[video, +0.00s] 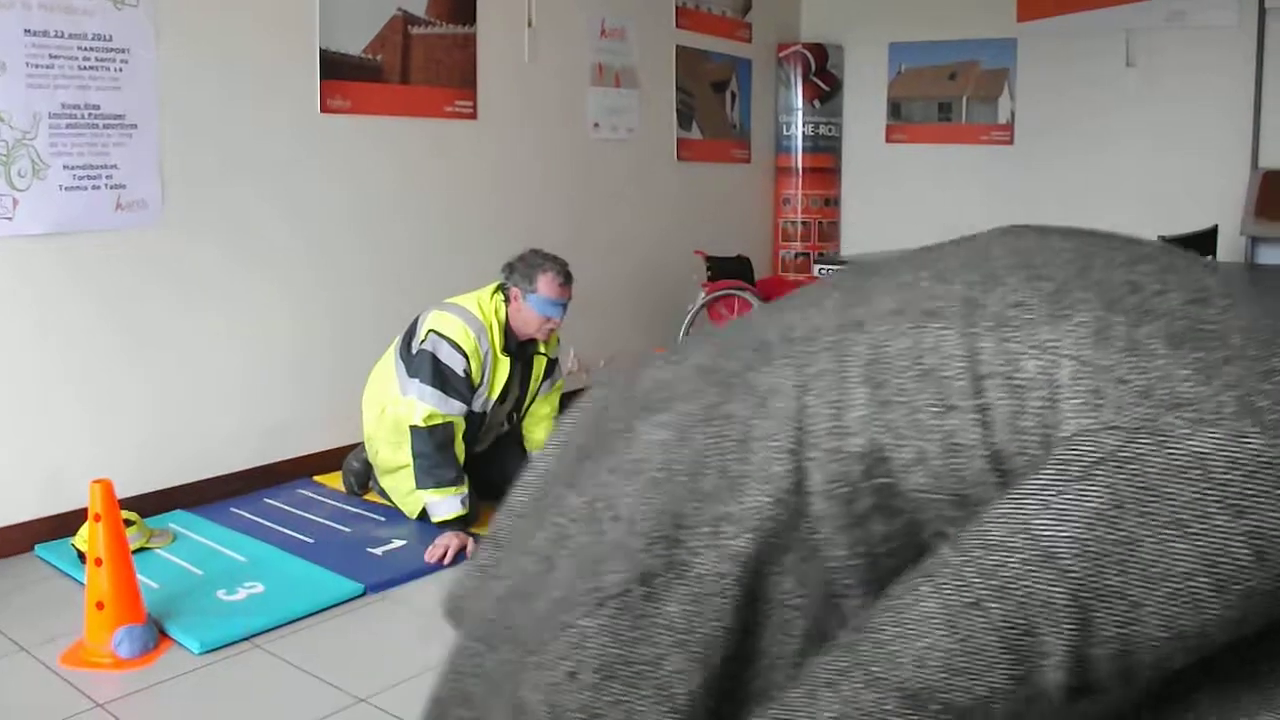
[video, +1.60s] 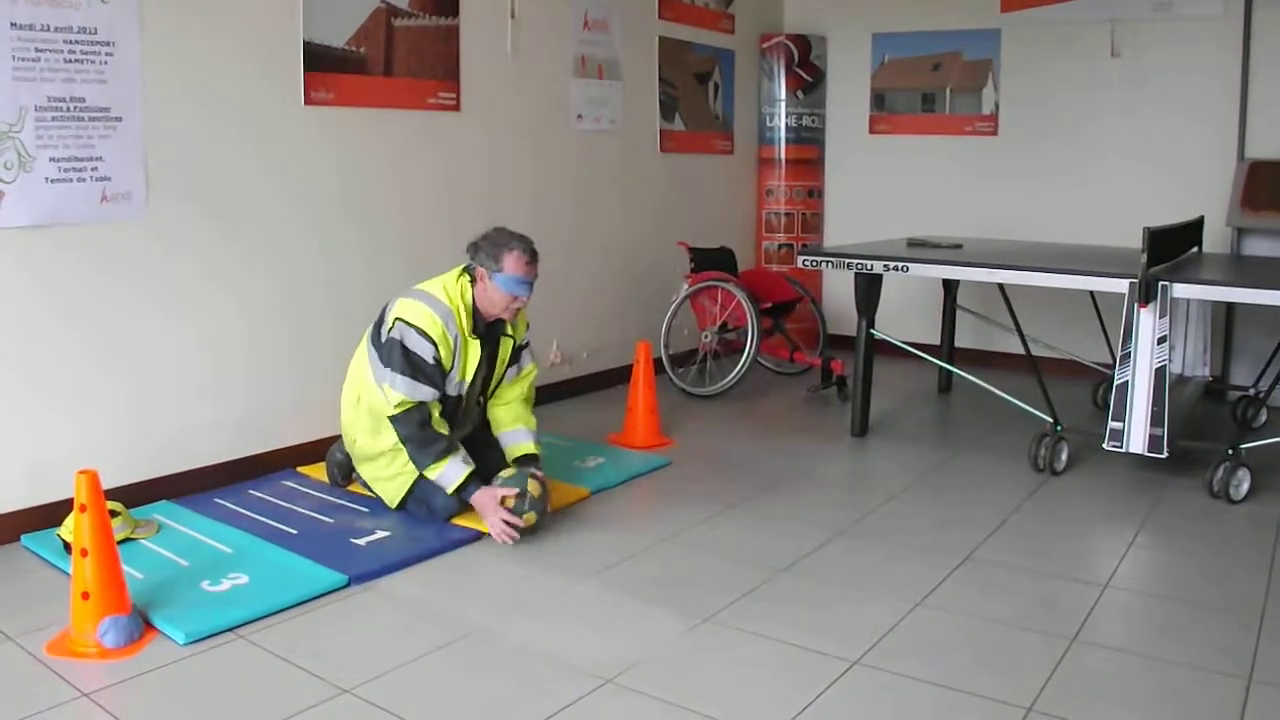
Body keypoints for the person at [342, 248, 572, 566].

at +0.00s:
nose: (556, 322)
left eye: (563, 311)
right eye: (548, 310)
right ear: (515, 298)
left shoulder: (544, 341)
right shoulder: (454, 333)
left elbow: (542, 424)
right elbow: (432, 428)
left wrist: (560, 491)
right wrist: (450, 525)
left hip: (473, 422)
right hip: (402, 430)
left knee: (520, 487)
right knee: (448, 515)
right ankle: (378, 468)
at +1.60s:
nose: (523, 301)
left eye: (529, 290)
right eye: (514, 289)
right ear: (481, 277)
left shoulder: (510, 319)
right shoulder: (422, 320)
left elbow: (510, 396)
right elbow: (412, 421)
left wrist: (527, 463)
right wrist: (474, 492)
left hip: (449, 417)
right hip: (383, 430)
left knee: (504, 478)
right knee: (445, 505)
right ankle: (360, 459)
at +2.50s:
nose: (540, 288)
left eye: (545, 277)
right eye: (530, 276)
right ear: (495, 270)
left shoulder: (529, 310)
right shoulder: (439, 313)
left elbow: (529, 387)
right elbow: (404, 410)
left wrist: (525, 453)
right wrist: (467, 473)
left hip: (464, 418)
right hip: (398, 432)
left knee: (513, 482)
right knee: (454, 506)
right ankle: (372, 459)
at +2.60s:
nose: (541, 288)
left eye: (546, 277)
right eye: (531, 276)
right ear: (497, 270)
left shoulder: (531, 312)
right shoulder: (440, 313)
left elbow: (529, 388)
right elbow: (406, 410)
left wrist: (524, 453)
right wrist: (466, 473)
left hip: (464, 419)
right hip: (398, 433)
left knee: (513, 482)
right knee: (456, 506)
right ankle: (373, 459)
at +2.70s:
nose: (543, 286)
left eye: (549, 275)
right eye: (533, 274)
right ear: (500, 269)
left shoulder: (533, 312)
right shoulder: (443, 312)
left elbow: (532, 386)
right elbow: (411, 408)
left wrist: (527, 452)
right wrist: (473, 471)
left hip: (466, 416)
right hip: (399, 431)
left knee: (515, 480)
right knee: (458, 505)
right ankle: (374, 460)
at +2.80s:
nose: (543, 285)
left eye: (548, 273)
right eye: (533, 273)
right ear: (499, 268)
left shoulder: (534, 308)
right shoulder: (446, 310)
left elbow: (541, 383)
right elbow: (434, 409)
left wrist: (554, 450)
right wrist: (508, 469)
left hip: (470, 412)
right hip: (401, 422)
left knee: (511, 484)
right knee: (455, 506)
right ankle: (375, 462)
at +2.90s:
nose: (544, 288)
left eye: (548, 276)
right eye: (534, 276)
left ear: (552, 271)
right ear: (499, 270)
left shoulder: (532, 309)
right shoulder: (453, 314)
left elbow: (557, 378)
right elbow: (477, 407)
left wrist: (606, 425)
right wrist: (568, 440)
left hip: (461, 410)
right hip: (405, 421)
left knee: (516, 483)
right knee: (455, 507)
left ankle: (425, 449)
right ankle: (377, 456)